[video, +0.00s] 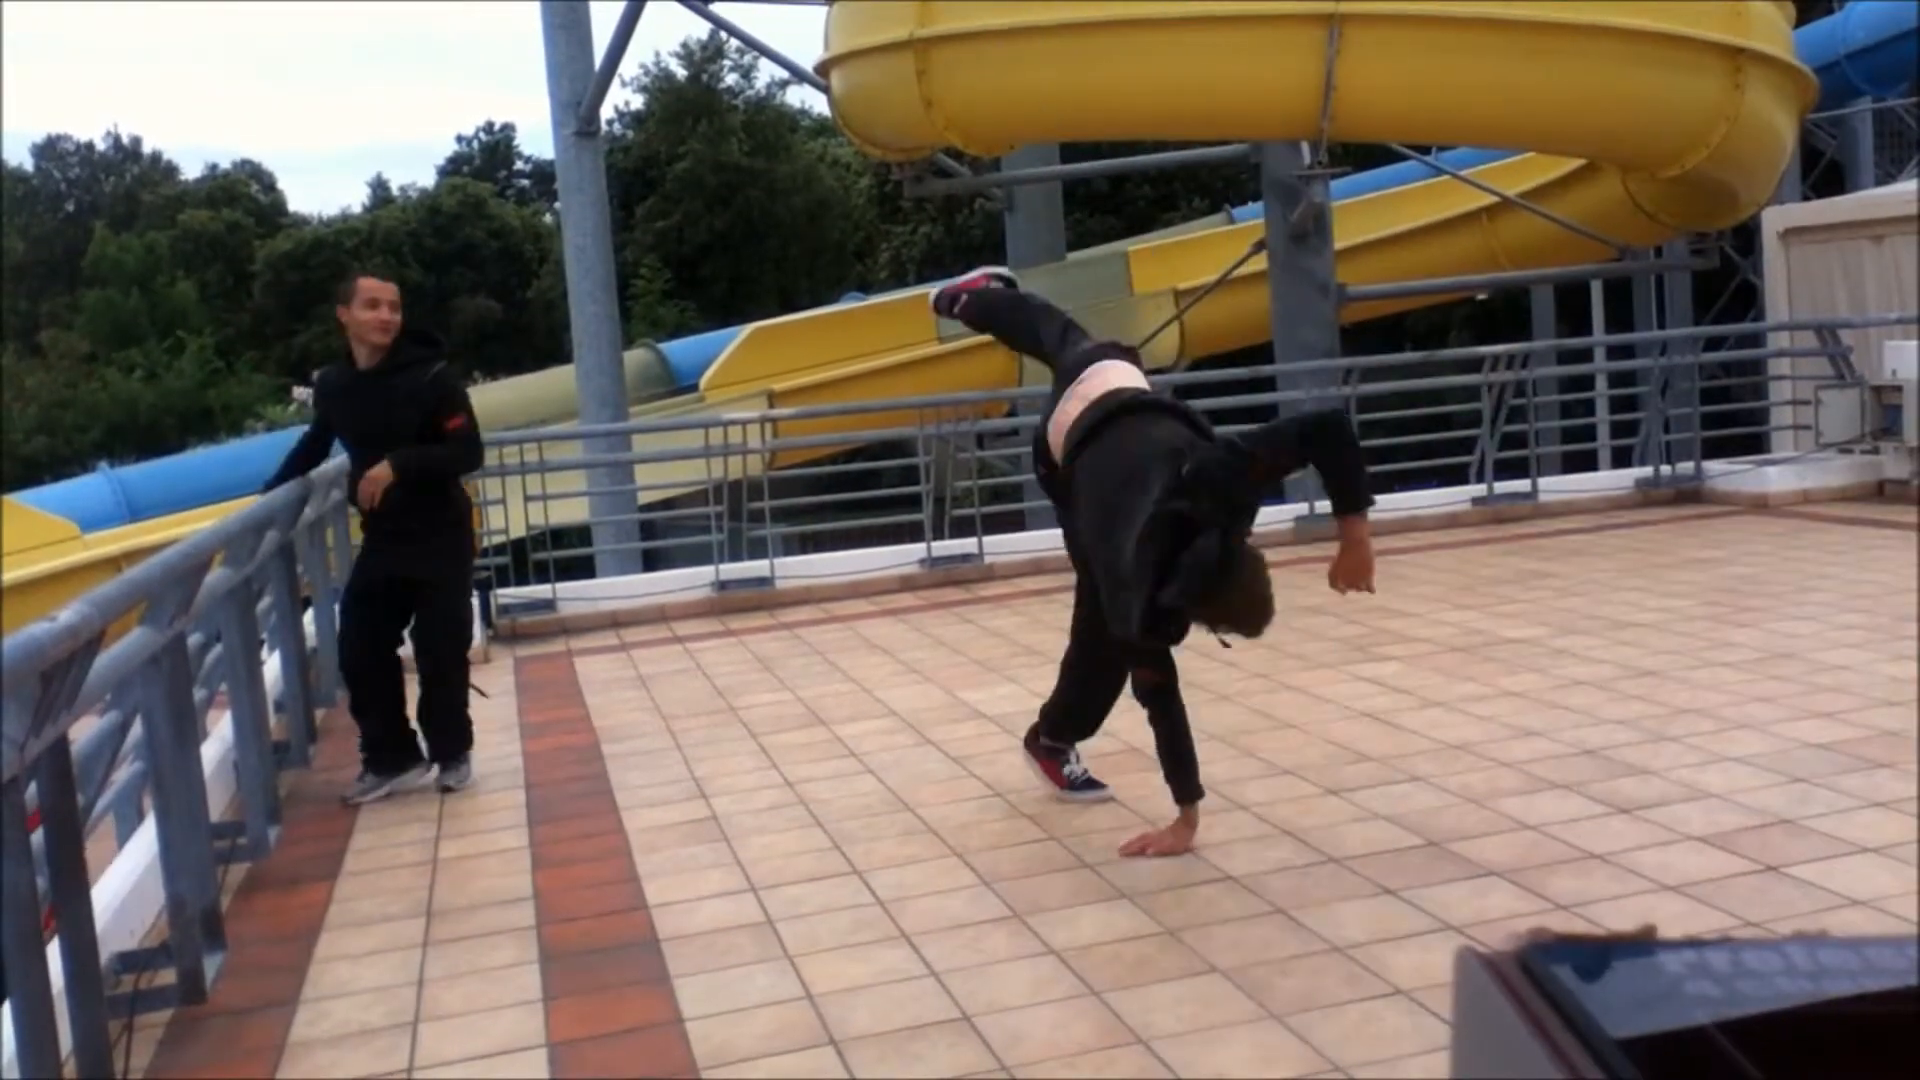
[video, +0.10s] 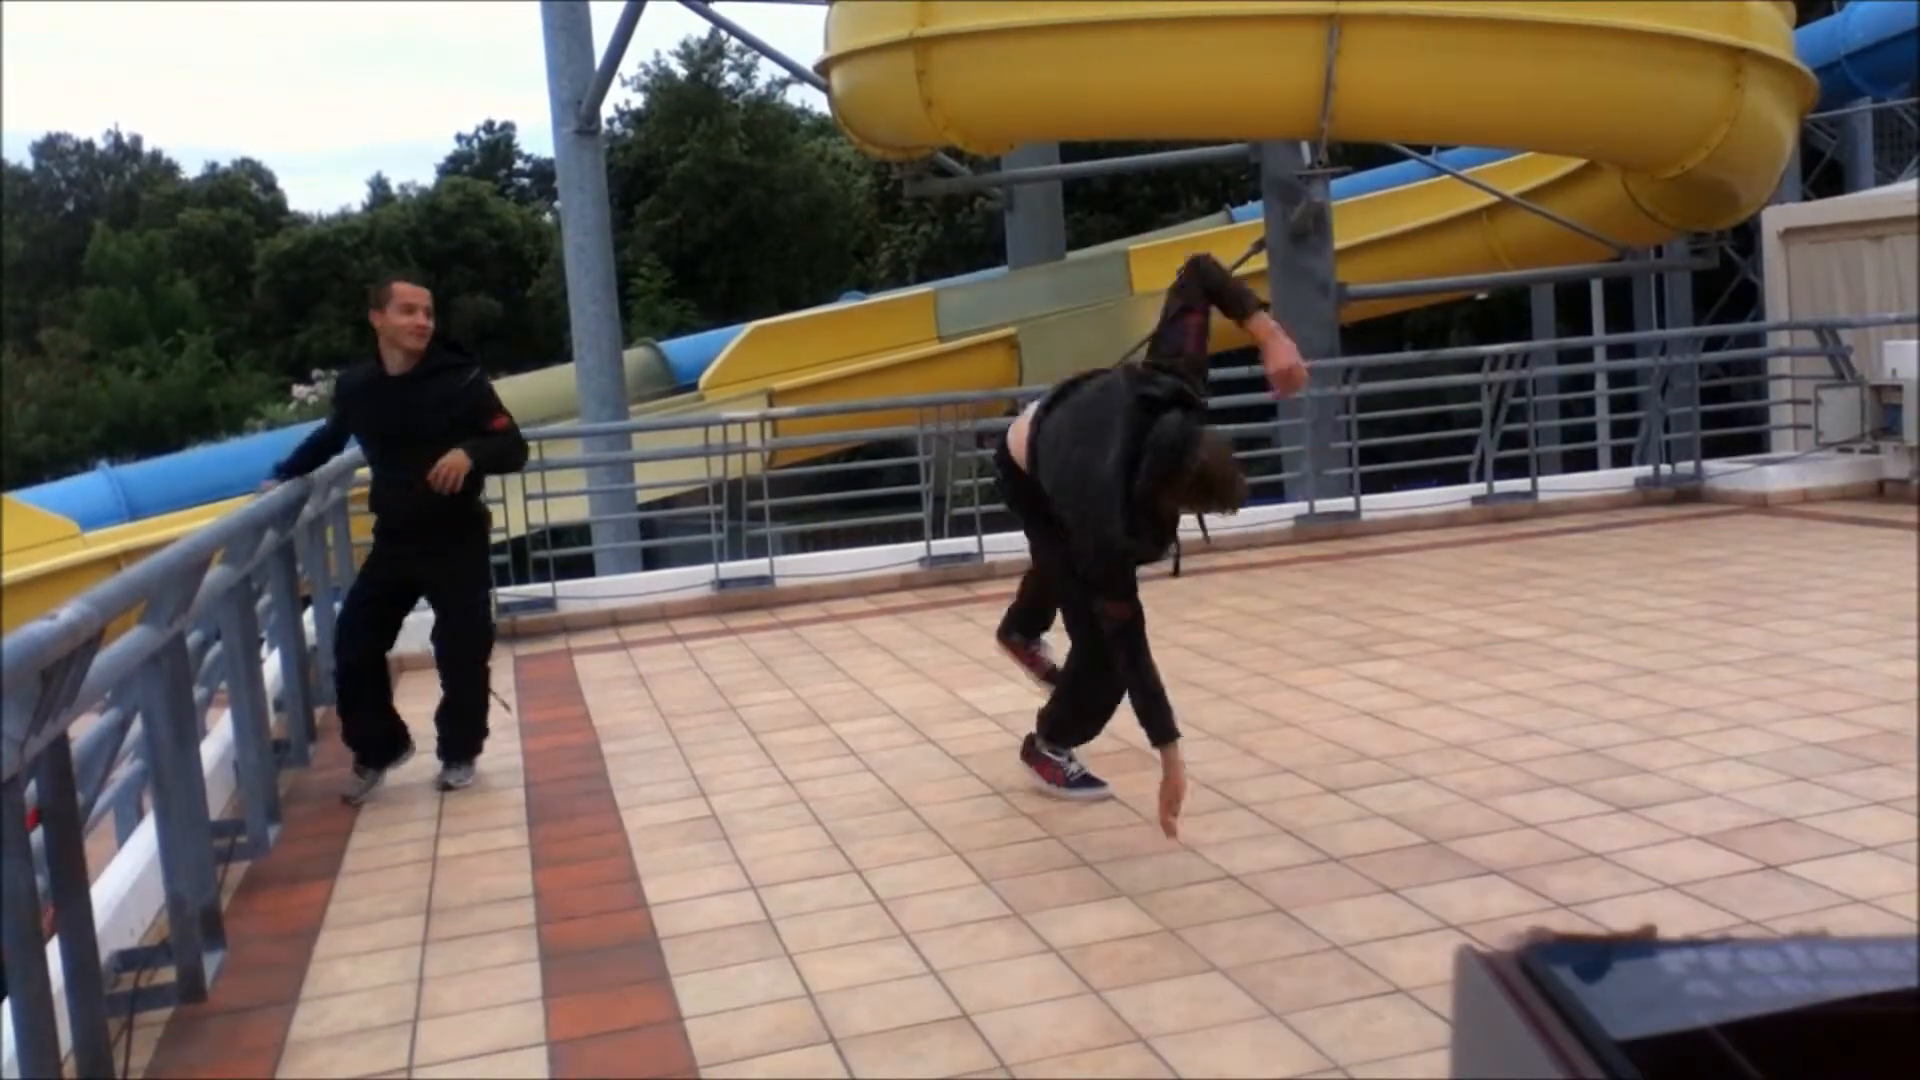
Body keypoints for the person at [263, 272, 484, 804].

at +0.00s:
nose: (385, 316)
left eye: (393, 308)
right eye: (372, 306)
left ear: (402, 317)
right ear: (344, 316)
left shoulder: (430, 375)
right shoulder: (335, 385)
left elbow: (468, 451)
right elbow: (315, 444)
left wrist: (396, 465)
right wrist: (272, 496)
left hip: (442, 530)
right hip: (383, 532)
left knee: (441, 646)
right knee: (360, 644)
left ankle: (452, 753)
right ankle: (392, 756)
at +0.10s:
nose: (422, 321)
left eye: (427, 312)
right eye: (409, 311)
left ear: (434, 320)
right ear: (378, 319)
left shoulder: (459, 379)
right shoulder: (358, 388)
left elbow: (514, 447)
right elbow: (329, 439)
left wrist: (470, 454)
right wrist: (281, 477)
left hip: (458, 535)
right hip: (396, 538)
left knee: (462, 646)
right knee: (355, 640)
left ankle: (459, 753)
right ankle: (378, 746)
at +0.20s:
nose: (451, 307)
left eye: (455, 297)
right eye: (438, 297)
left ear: (461, 306)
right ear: (406, 305)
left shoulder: (484, 368)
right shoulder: (376, 373)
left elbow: (532, 436)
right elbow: (341, 426)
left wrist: (511, 442)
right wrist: (302, 460)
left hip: (474, 530)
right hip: (407, 532)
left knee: (472, 644)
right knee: (392, 640)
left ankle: (463, 744)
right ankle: (422, 752)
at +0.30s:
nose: (477, 302)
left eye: (481, 292)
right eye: (464, 293)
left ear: (485, 299)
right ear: (429, 300)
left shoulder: (503, 358)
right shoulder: (394, 365)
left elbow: (558, 428)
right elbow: (348, 418)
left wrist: (542, 428)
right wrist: (303, 461)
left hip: (490, 523)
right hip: (429, 527)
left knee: (483, 641)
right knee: (448, 644)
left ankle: (463, 753)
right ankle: (470, 762)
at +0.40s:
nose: (499, 328)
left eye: (502, 318)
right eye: (485, 319)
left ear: (507, 323)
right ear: (451, 327)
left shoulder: (525, 379)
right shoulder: (420, 385)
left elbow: (571, 418)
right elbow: (367, 429)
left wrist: (590, 429)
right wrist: (312, 470)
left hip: (505, 538)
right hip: (445, 540)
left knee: (492, 646)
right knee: (490, 646)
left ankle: (453, 747)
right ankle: (517, 771)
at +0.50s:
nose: (522, 339)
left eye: (526, 329)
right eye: (508, 331)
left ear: (531, 333)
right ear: (473, 340)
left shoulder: (550, 392)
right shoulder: (443, 397)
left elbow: (599, 430)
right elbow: (388, 442)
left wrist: (638, 445)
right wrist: (328, 480)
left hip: (528, 550)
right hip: (469, 551)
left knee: (502, 655)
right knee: (511, 654)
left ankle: (456, 746)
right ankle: (538, 775)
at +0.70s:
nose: (586, 318)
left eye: (587, 307)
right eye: (572, 310)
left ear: (590, 312)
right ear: (537, 321)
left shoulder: (604, 370)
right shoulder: (503, 389)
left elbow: (626, 431)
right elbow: (447, 467)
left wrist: (683, 440)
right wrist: (459, 506)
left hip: (591, 543)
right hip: (527, 548)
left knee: (616, 655)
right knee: (536, 664)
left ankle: (556, 729)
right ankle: (536, 775)